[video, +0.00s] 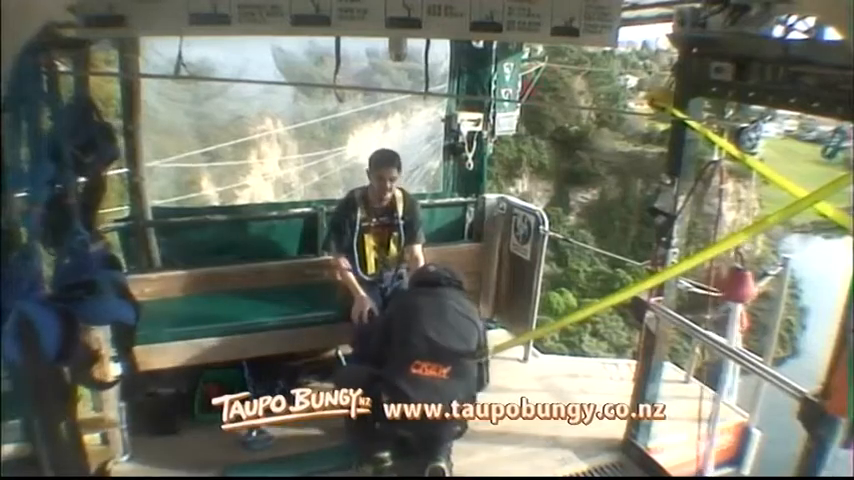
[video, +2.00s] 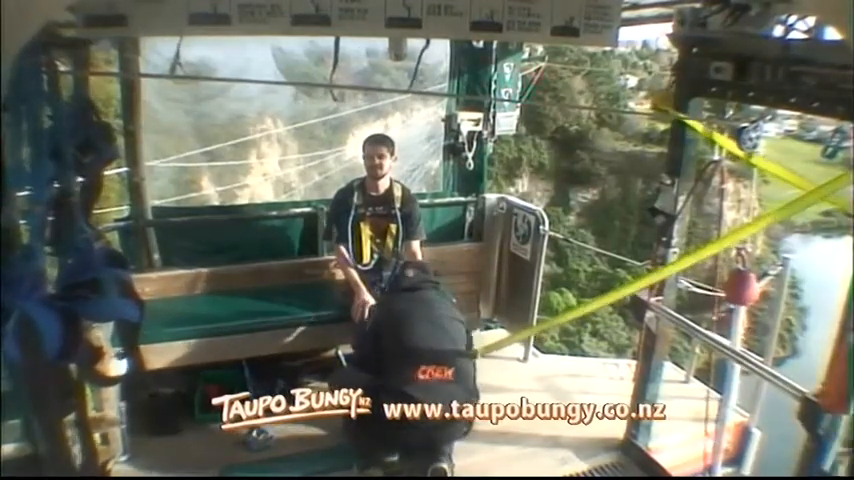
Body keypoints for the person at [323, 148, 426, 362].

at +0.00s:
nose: (386, 186)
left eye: (391, 180)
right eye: (380, 179)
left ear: (398, 178)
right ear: (369, 176)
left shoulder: (407, 203)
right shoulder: (351, 204)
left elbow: (415, 254)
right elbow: (338, 258)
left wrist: (421, 292)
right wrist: (359, 296)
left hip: (398, 278)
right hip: (363, 281)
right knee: (368, 321)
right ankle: (367, 376)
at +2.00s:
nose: (375, 163)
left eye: (381, 157)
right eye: (369, 157)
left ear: (393, 159)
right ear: (363, 159)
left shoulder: (405, 198)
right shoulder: (346, 197)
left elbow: (414, 250)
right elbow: (341, 251)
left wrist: (421, 290)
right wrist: (360, 291)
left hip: (398, 280)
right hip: (361, 282)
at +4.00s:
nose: (396, 172)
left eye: (399, 166)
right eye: (390, 167)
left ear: (403, 165)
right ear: (373, 163)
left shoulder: (406, 198)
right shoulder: (348, 198)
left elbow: (414, 247)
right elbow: (341, 251)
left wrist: (417, 287)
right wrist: (361, 291)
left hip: (398, 281)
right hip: (362, 281)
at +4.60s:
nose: (398, 175)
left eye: (401, 169)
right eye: (393, 169)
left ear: (404, 165)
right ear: (375, 164)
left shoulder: (406, 199)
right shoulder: (349, 199)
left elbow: (414, 248)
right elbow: (341, 252)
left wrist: (422, 289)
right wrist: (362, 291)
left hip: (397, 284)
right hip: (361, 284)